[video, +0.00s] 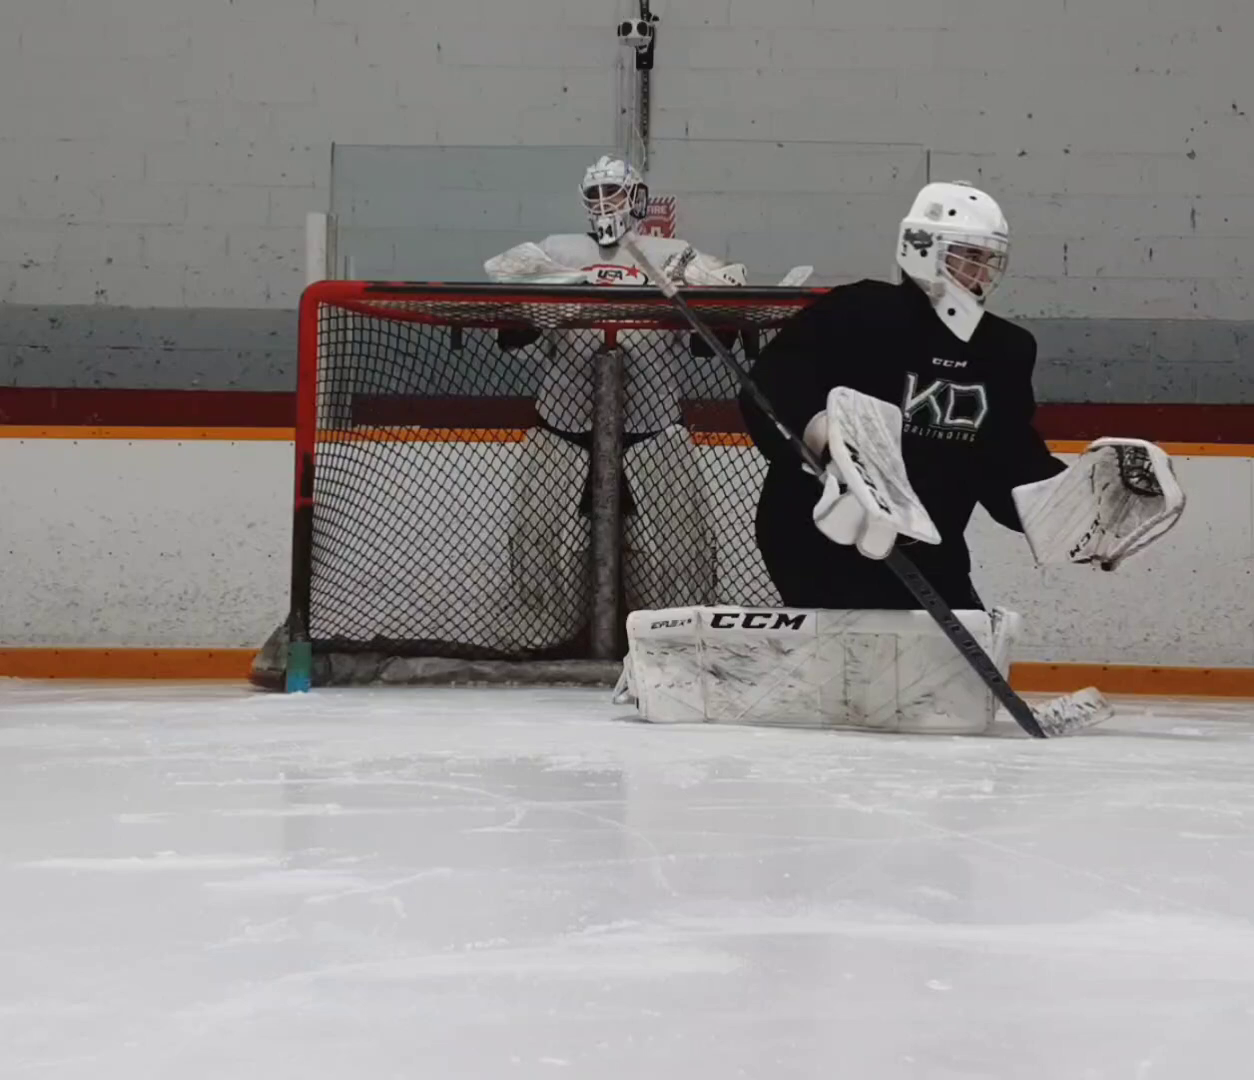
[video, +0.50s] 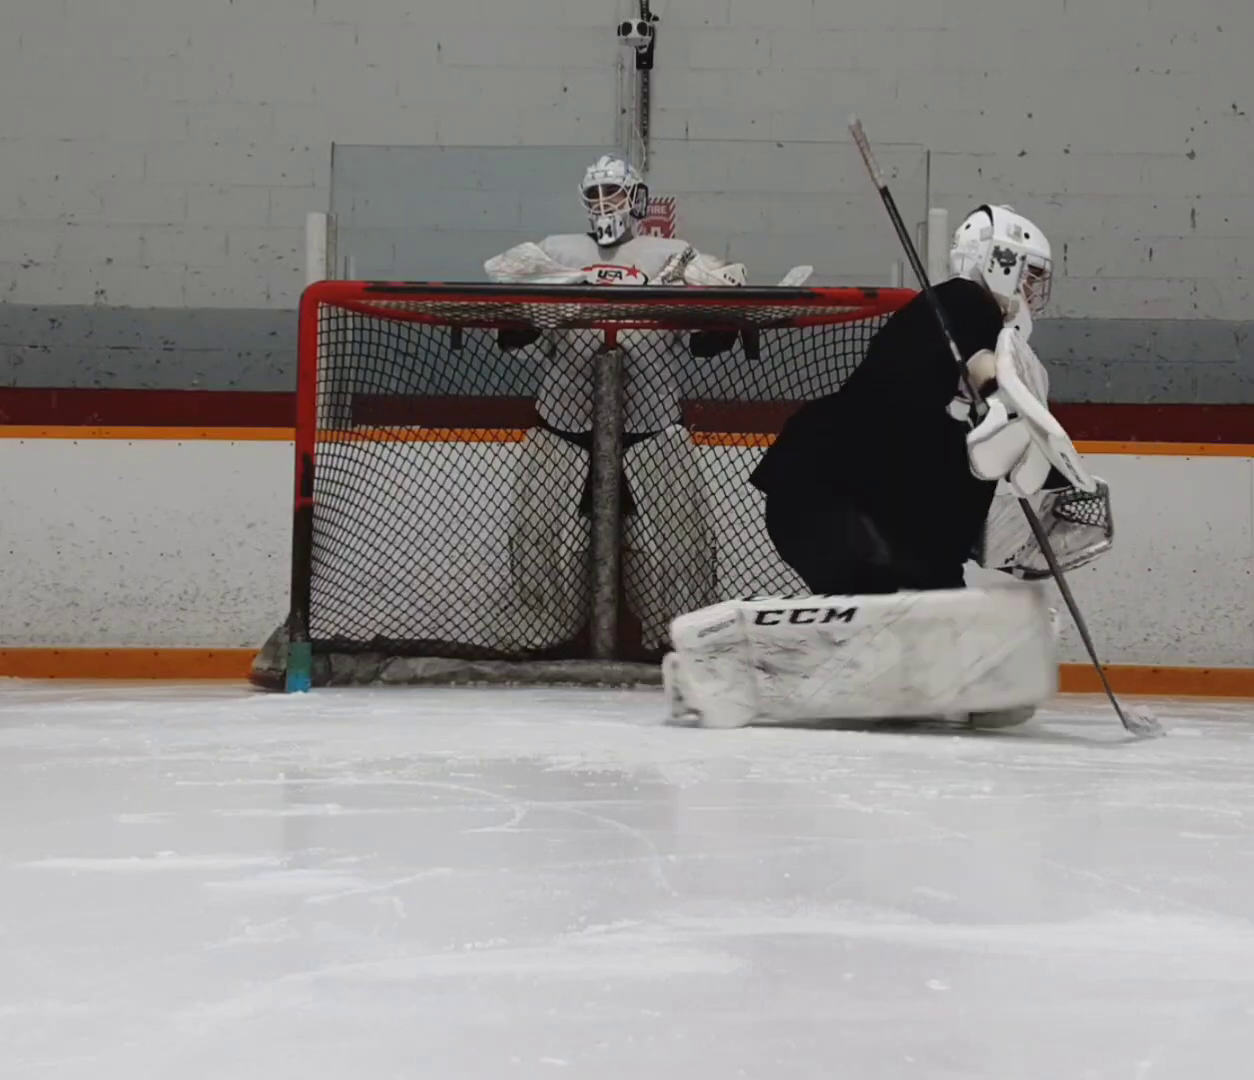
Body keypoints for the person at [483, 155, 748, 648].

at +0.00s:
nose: (605, 204)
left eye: (615, 193)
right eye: (596, 196)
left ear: (638, 198)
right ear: (585, 203)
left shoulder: (671, 258)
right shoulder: (557, 254)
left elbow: (713, 341)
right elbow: (509, 335)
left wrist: (698, 285)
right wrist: (553, 296)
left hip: (651, 443)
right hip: (563, 441)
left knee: (672, 554)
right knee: (546, 551)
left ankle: (672, 658)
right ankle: (547, 656)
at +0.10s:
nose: (605, 204)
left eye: (615, 193)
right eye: (595, 196)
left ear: (637, 197)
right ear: (584, 203)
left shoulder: (668, 256)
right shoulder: (557, 253)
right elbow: (509, 335)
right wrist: (555, 296)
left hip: (650, 441)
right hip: (563, 440)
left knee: (669, 555)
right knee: (548, 553)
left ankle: (669, 659)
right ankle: (548, 657)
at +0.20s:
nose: (604, 205)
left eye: (614, 194)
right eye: (595, 196)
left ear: (637, 198)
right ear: (584, 204)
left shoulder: (672, 259)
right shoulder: (556, 256)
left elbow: (708, 342)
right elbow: (510, 336)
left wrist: (720, 294)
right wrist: (538, 296)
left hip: (650, 439)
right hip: (563, 438)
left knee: (669, 556)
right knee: (546, 554)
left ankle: (669, 661)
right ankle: (546, 660)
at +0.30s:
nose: (604, 204)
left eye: (614, 193)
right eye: (595, 195)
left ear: (636, 197)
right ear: (584, 202)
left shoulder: (671, 258)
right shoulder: (556, 253)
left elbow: (708, 343)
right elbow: (510, 336)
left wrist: (721, 294)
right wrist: (543, 292)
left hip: (649, 438)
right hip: (563, 438)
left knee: (669, 553)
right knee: (547, 550)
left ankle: (668, 657)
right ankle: (549, 655)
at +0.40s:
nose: (605, 204)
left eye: (615, 193)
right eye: (595, 195)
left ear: (636, 197)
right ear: (585, 202)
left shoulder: (671, 258)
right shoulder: (556, 255)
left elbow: (708, 343)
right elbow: (510, 337)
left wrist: (722, 296)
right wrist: (538, 293)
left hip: (650, 439)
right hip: (563, 438)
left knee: (670, 553)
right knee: (546, 549)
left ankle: (668, 656)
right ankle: (547, 655)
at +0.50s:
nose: (605, 204)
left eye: (615, 193)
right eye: (596, 195)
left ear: (636, 197)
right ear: (585, 202)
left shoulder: (670, 258)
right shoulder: (555, 254)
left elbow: (708, 343)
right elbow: (510, 337)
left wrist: (716, 292)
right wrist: (531, 291)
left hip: (649, 436)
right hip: (563, 435)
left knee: (668, 546)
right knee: (544, 543)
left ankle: (667, 647)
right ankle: (551, 648)